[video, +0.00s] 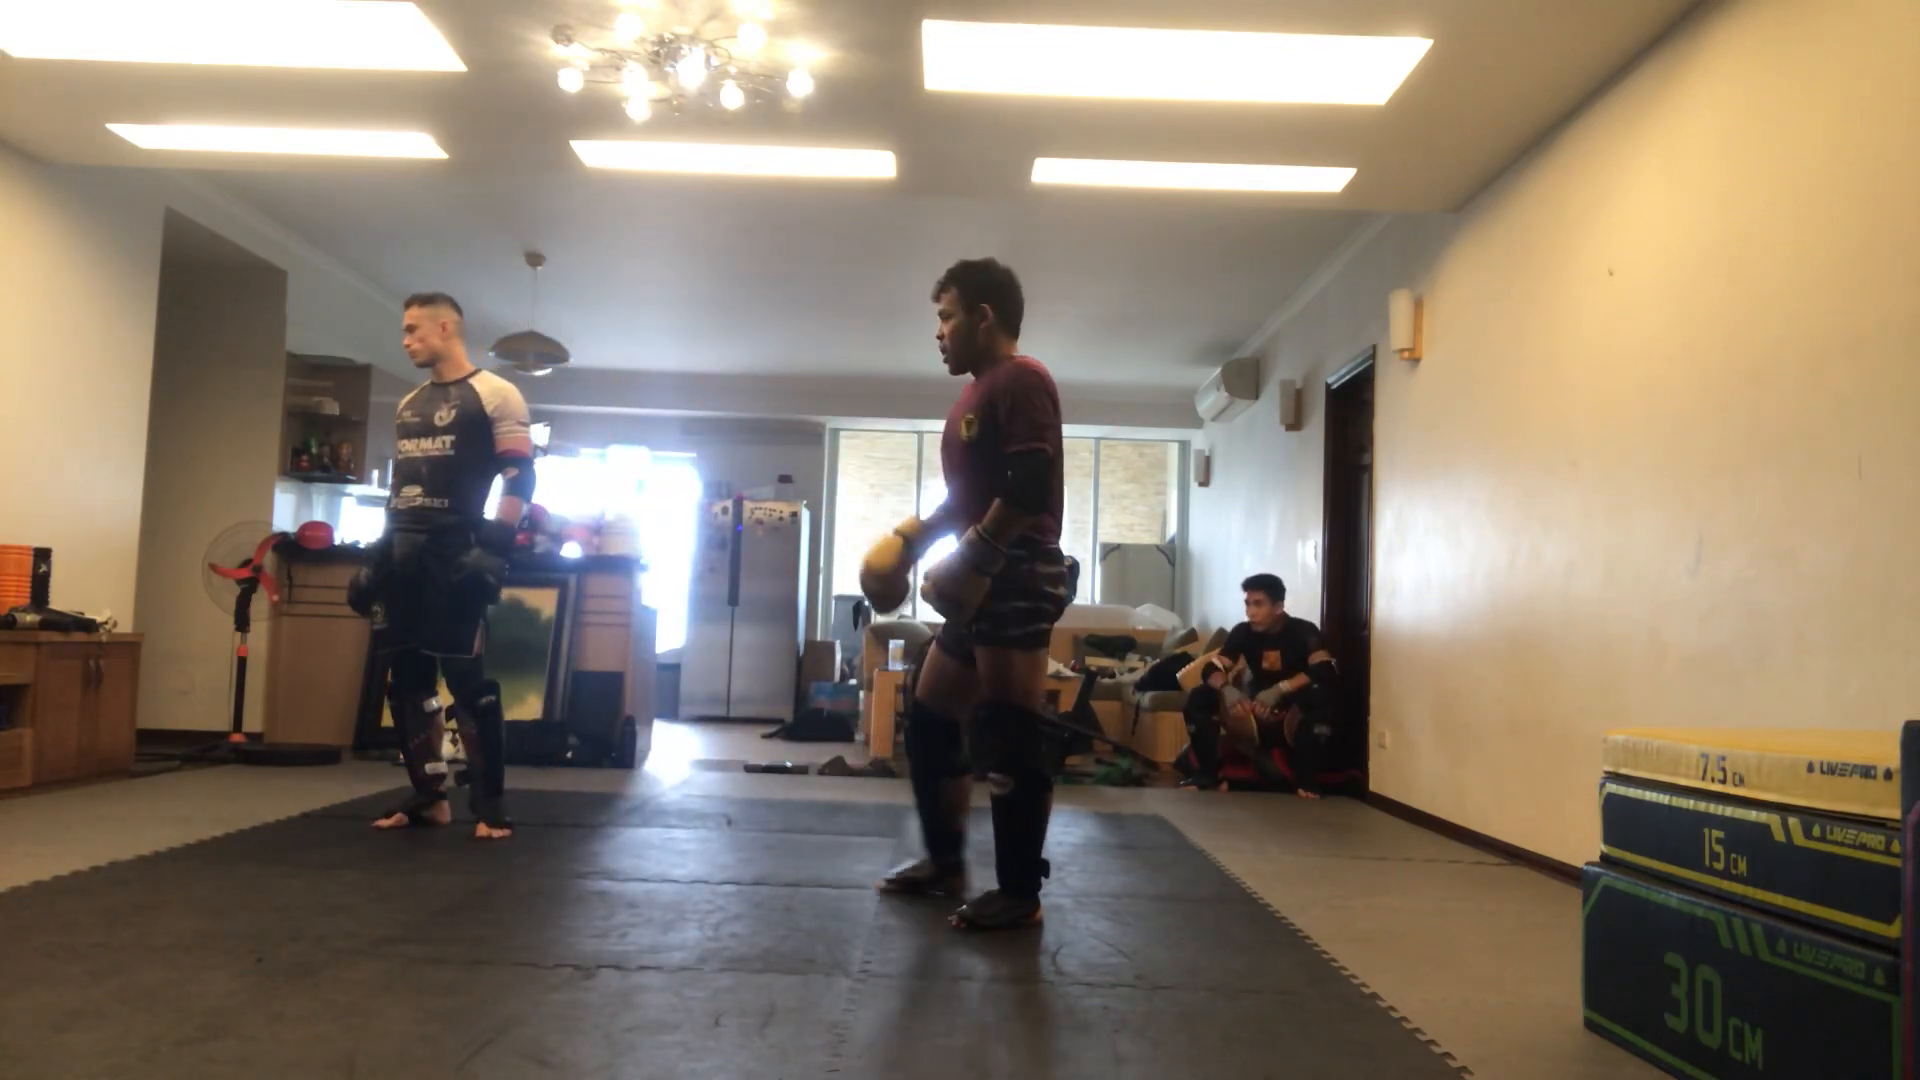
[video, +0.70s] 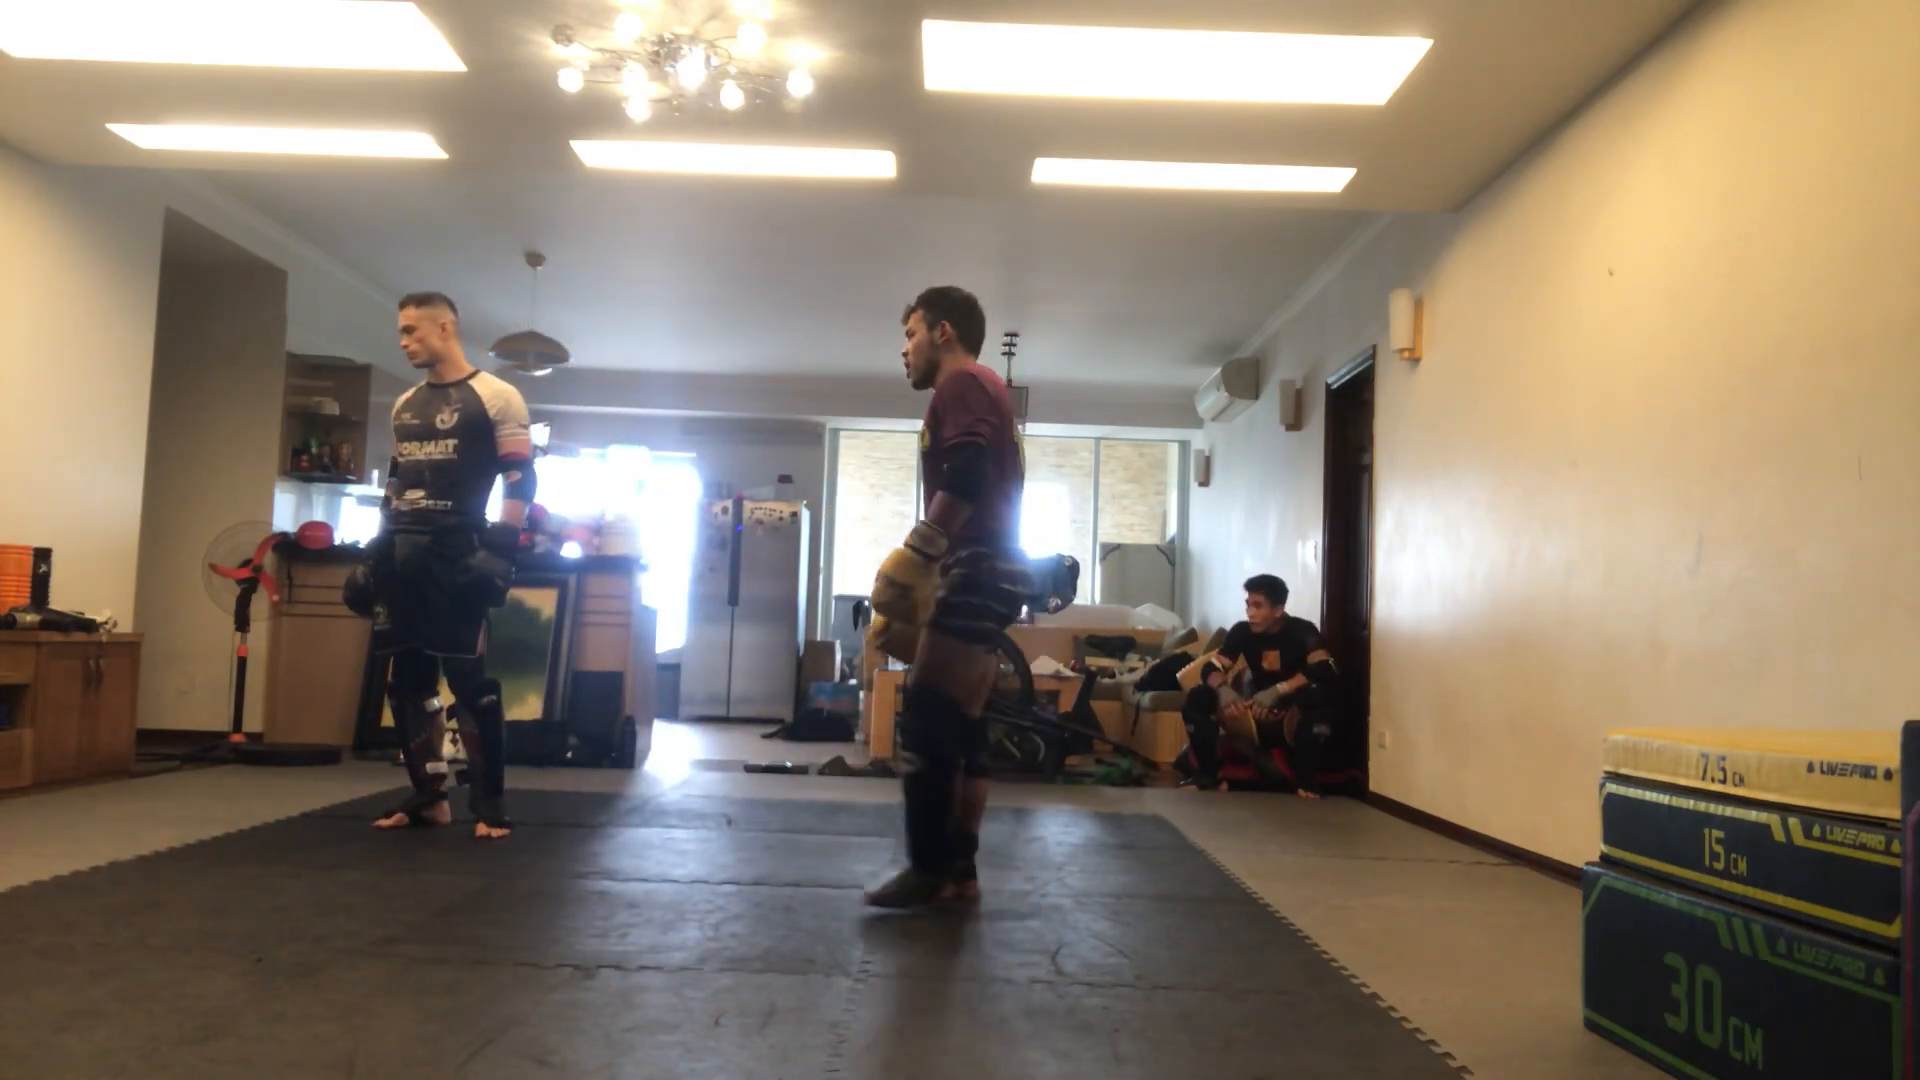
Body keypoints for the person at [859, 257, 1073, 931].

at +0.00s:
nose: (937, 332)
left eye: (946, 318)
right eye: (937, 319)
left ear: (984, 317)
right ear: (978, 319)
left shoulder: (1020, 380)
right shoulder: (975, 393)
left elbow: (1028, 483)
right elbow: (965, 497)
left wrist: (974, 561)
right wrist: (910, 539)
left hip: (1021, 574)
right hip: (981, 572)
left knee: (1012, 730)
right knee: (930, 715)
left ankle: (1019, 893)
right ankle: (945, 864)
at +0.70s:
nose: (904, 347)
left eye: (911, 333)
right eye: (905, 335)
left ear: (944, 333)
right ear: (956, 337)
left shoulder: (962, 383)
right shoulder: (980, 388)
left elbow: (966, 483)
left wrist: (912, 562)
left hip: (975, 569)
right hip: (990, 568)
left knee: (929, 717)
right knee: (963, 726)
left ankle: (930, 869)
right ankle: (956, 872)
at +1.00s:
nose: (895, 342)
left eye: (902, 329)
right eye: (897, 330)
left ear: (933, 331)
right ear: (943, 335)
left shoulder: (948, 386)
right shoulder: (971, 391)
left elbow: (961, 479)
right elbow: (978, 491)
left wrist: (926, 565)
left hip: (955, 577)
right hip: (981, 578)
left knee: (896, 714)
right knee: (953, 731)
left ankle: (880, 857)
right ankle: (958, 868)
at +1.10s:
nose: (891, 339)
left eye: (898, 326)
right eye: (894, 327)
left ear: (929, 329)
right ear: (938, 333)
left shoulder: (943, 390)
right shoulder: (966, 392)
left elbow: (962, 483)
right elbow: (977, 492)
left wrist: (930, 575)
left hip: (944, 580)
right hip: (974, 581)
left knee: (896, 718)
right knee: (951, 732)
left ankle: (878, 859)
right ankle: (958, 866)